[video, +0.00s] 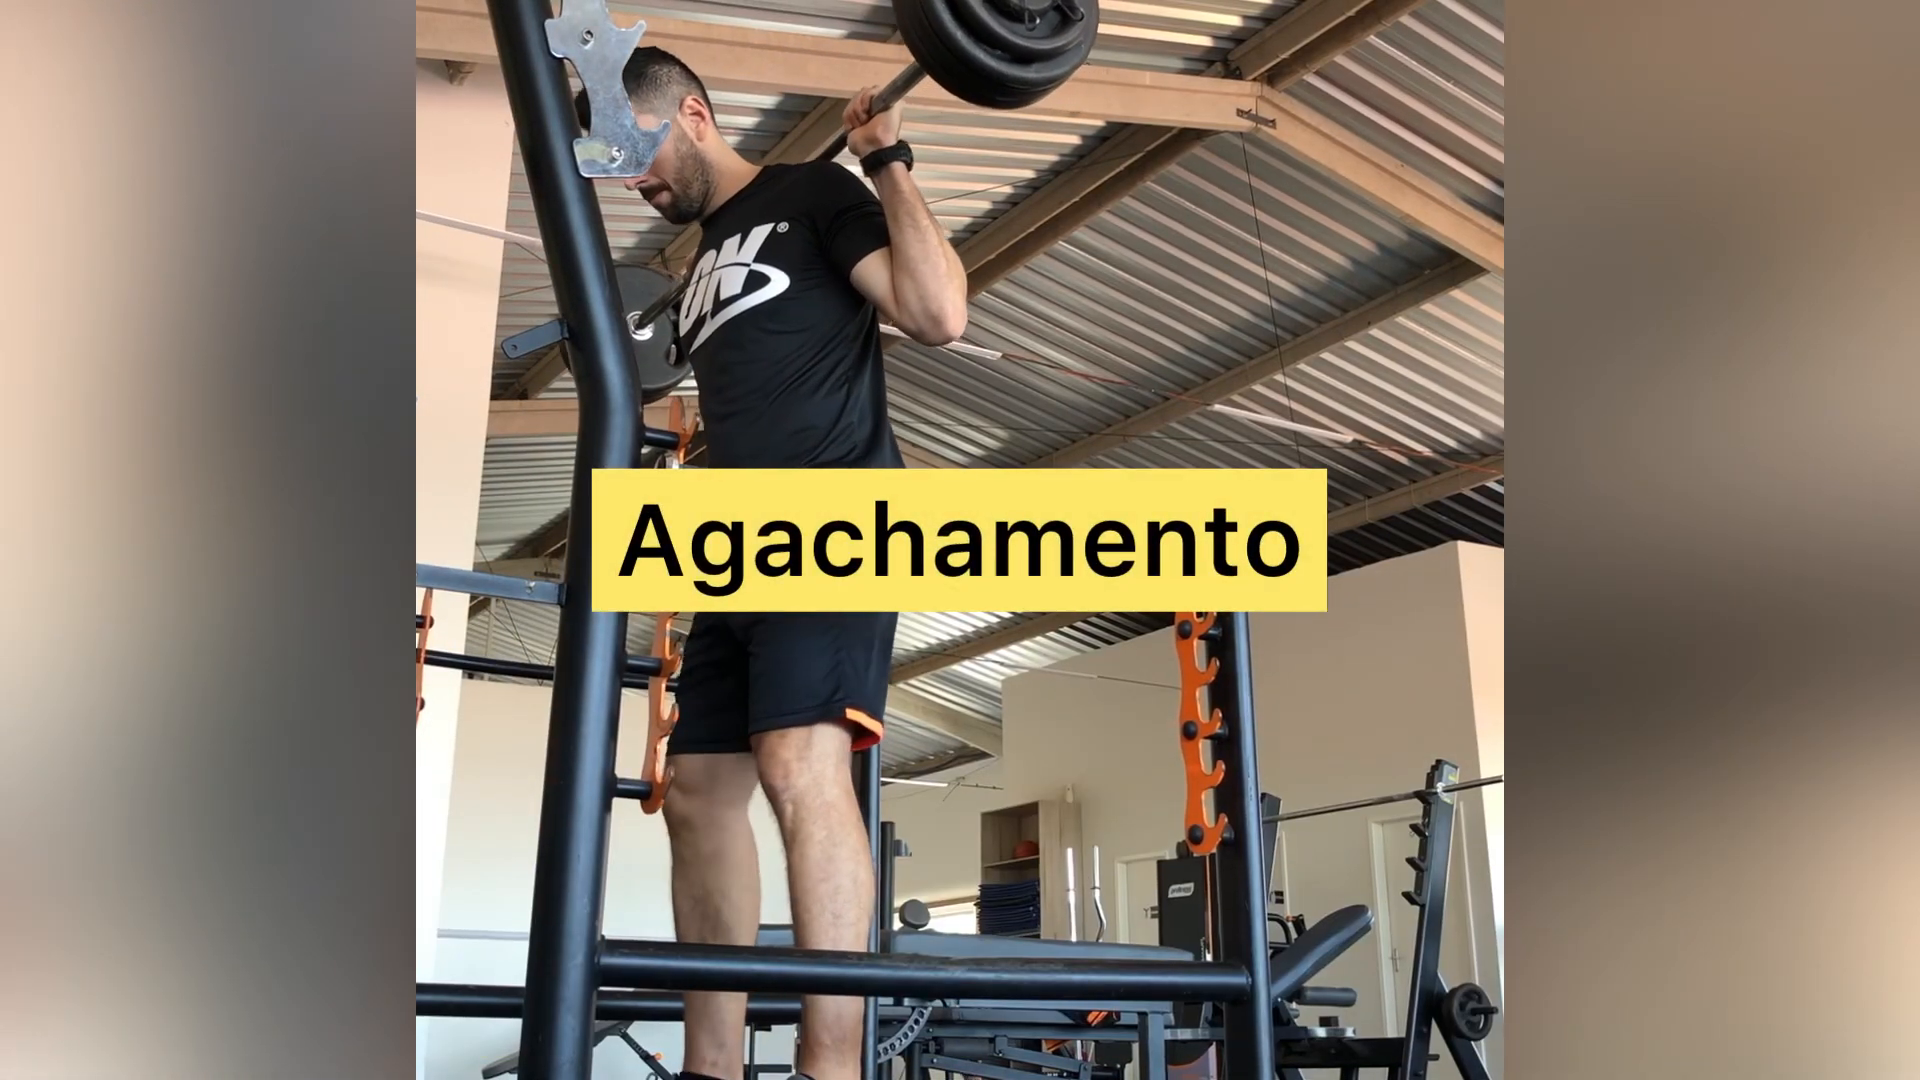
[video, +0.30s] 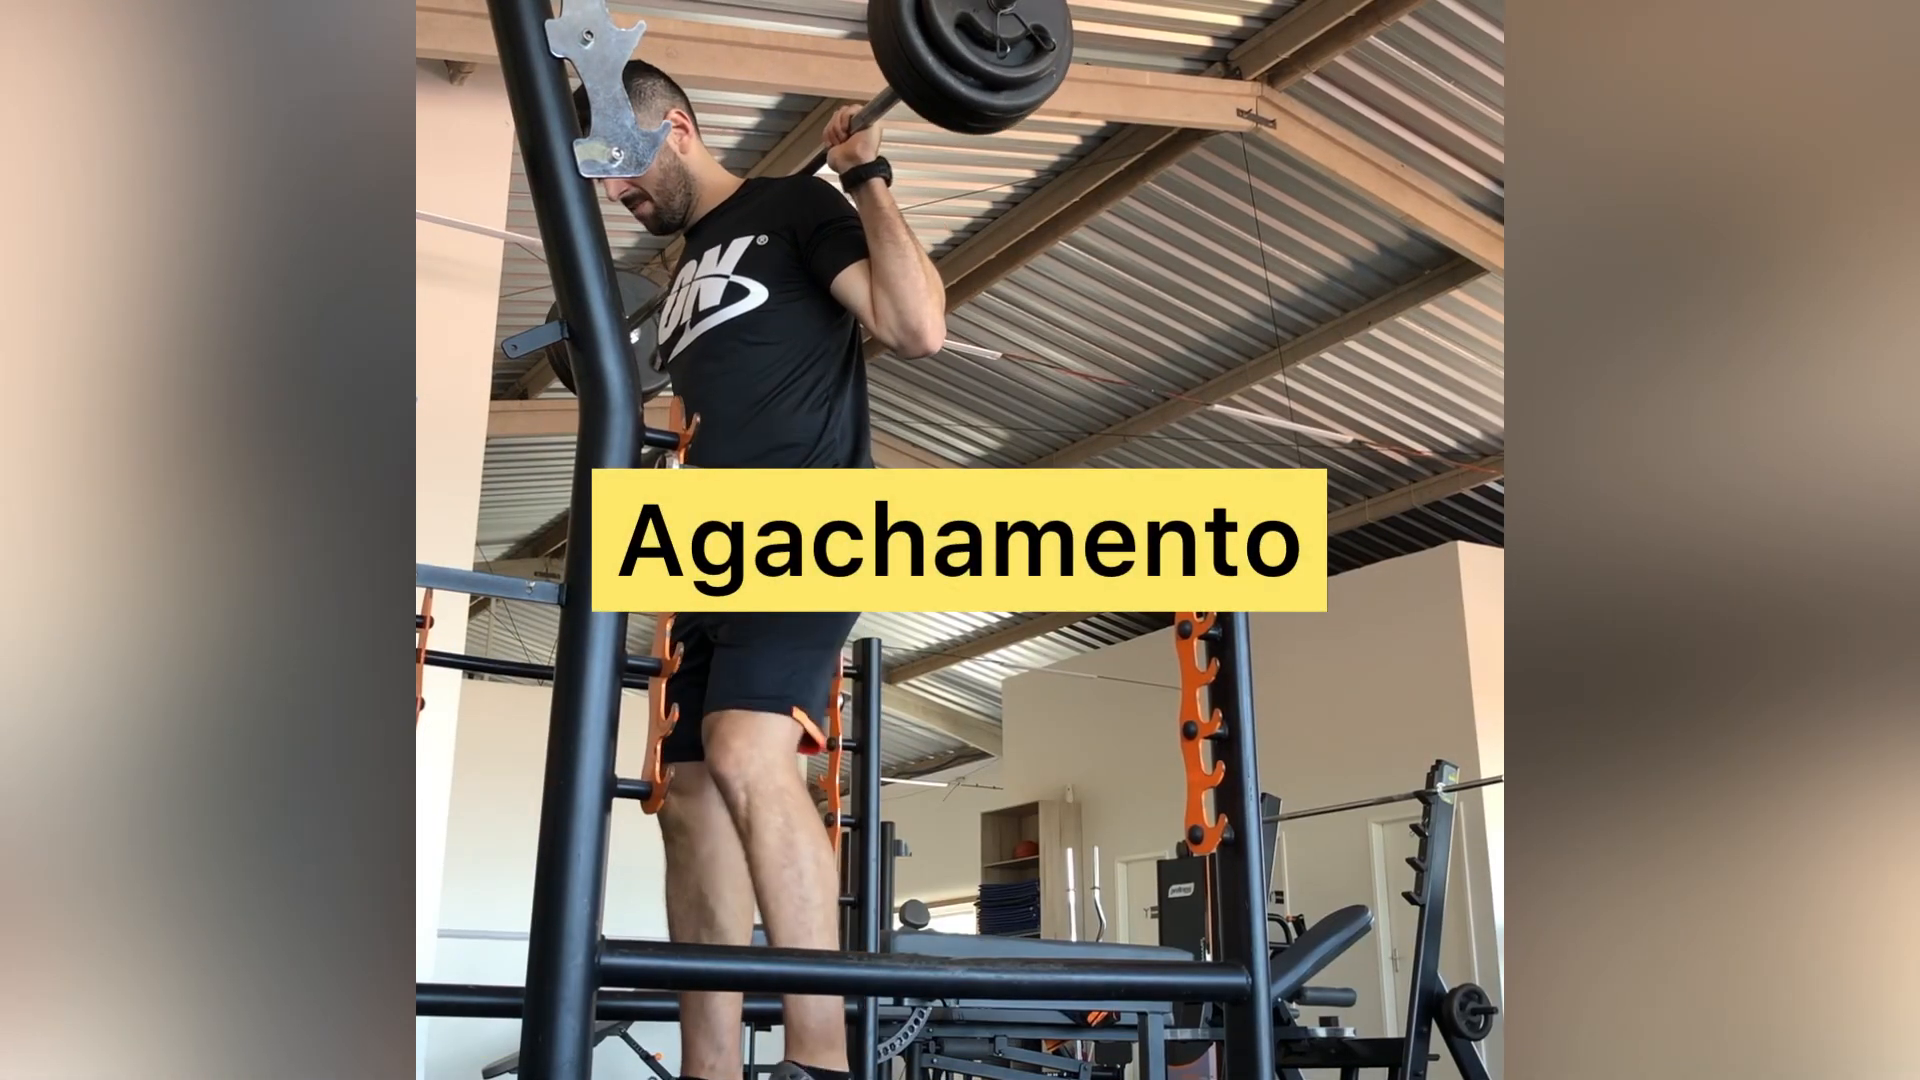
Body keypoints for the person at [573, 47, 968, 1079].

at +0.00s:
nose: (637, 177)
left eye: (643, 147)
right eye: (623, 161)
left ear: (697, 112)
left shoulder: (814, 192)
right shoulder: (698, 271)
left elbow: (941, 314)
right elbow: (717, 429)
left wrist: (891, 166)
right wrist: (680, 577)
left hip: (827, 526)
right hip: (731, 542)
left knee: (802, 763)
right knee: (699, 789)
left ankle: (834, 1065)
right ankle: (713, 1066)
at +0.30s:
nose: (622, 187)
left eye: (630, 158)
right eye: (608, 172)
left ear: (681, 128)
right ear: (619, 172)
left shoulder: (793, 204)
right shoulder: (684, 278)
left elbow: (919, 329)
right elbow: (697, 440)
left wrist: (871, 184)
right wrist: (668, 587)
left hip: (807, 526)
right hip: (719, 541)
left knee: (749, 753)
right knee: (686, 788)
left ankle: (822, 1057)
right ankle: (711, 1066)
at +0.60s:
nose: (621, 185)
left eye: (629, 155)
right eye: (607, 171)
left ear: (680, 119)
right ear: (610, 171)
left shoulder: (793, 196)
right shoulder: (678, 272)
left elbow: (916, 324)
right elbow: (694, 428)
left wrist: (868, 176)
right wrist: (666, 576)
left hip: (801, 520)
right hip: (710, 537)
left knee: (770, 758)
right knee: (691, 792)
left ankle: (821, 1064)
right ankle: (710, 1066)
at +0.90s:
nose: (630, 171)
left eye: (635, 142)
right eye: (617, 153)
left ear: (689, 105)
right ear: (657, 126)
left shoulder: (802, 184)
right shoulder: (680, 257)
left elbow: (921, 316)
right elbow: (700, 421)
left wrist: (877, 166)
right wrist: (666, 563)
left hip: (797, 522)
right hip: (711, 538)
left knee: (768, 762)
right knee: (688, 795)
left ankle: (821, 1063)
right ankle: (711, 1065)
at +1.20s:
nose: (631, 174)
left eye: (635, 145)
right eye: (618, 156)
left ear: (688, 106)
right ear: (663, 125)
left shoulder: (804, 186)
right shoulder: (688, 260)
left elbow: (927, 313)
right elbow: (703, 429)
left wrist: (882, 164)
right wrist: (672, 578)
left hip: (813, 522)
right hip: (717, 539)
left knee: (786, 759)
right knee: (693, 788)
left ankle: (824, 1061)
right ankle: (712, 1063)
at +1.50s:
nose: (623, 181)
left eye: (630, 152)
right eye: (610, 166)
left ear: (679, 116)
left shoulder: (793, 194)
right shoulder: (685, 261)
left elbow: (915, 319)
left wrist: (869, 173)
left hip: (797, 514)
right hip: (719, 533)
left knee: (770, 756)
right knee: (691, 790)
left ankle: (821, 1063)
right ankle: (708, 1065)